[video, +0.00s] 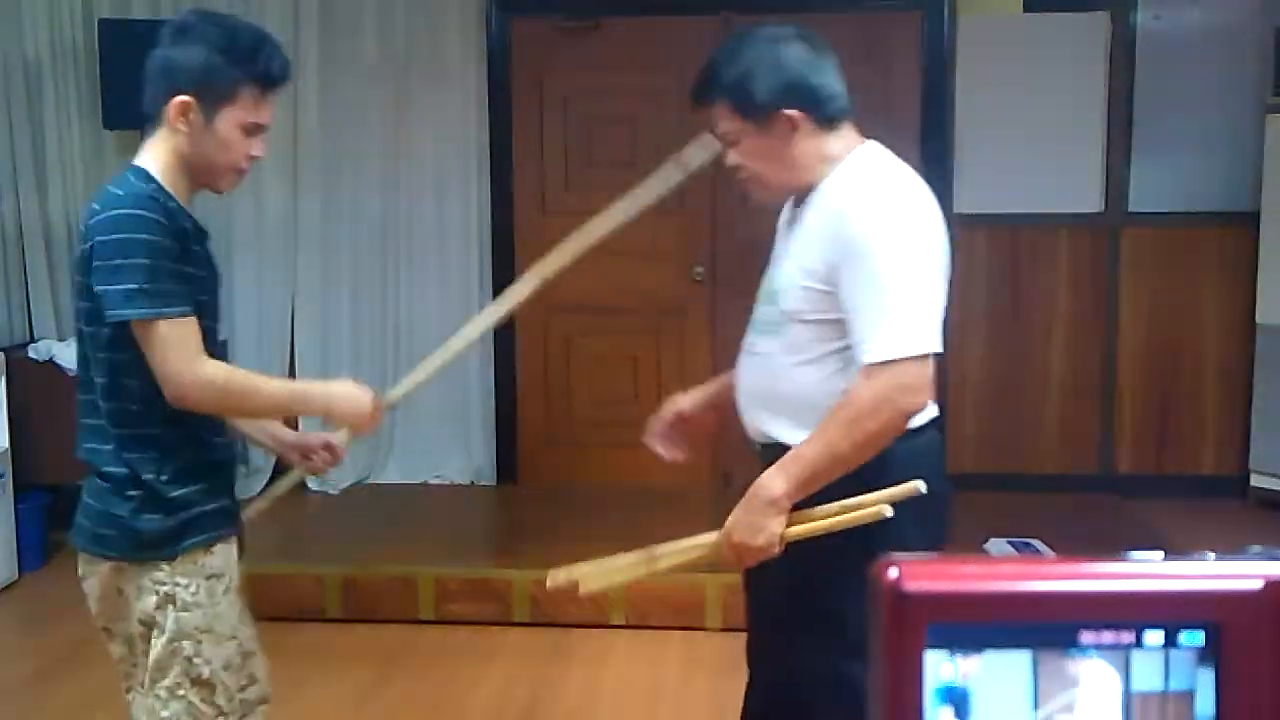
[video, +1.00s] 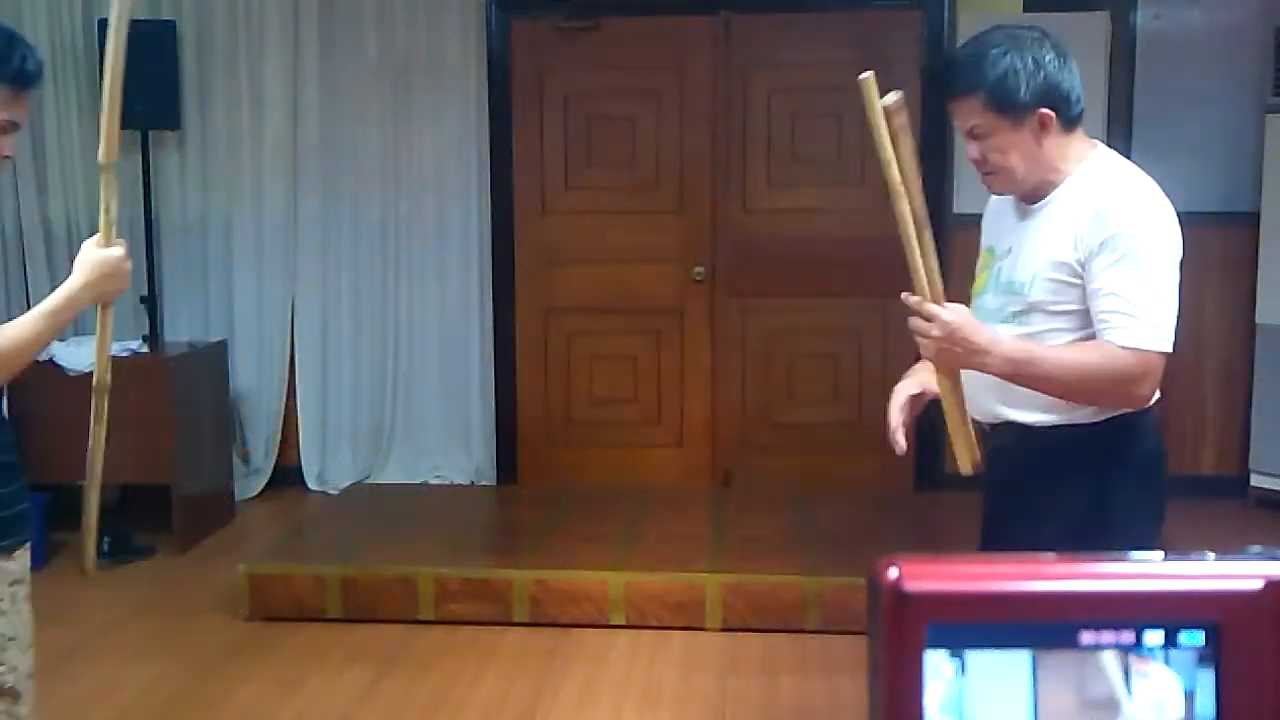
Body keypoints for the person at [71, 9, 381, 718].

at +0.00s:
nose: (259, 150)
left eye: (263, 132)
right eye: (248, 129)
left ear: (185, 120)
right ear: (183, 116)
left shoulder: (169, 221)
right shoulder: (135, 218)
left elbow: (196, 374)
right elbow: (185, 381)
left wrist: (281, 440)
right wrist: (323, 396)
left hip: (181, 528)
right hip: (157, 537)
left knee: (218, 698)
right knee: (206, 702)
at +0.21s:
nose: (204, 144)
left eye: (208, 125)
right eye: (198, 122)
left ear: (136, 110)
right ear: (137, 108)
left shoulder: (69, 209)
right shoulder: (118, 220)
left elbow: (104, 389)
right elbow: (216, 370)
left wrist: (210, 429)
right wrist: (313, 338)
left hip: (88, 525)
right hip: (145, 536)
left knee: (123, 705)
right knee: (181, 708)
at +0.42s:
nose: (141, 148)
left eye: (145, 130)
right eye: (135, 127)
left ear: (68, 115)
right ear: (72, 115)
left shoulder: (9, 212)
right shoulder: (70, 226)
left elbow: (32, 398)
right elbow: (181, 361)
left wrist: (142, 451)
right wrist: (256, 292)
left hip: (18, 537)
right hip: (99, 545)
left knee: (32, 710)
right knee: (152, 705)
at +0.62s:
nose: (81, 153)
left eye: (86, 134)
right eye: (72, 132)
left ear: (15, 126)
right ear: (12, 122)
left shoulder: (12, 222)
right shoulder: (8, 223)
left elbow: (5, 408)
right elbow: (85, 372)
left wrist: (74, 473)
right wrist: (160, 290)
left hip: (30, 533)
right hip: (32, 539)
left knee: (47, 701)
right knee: (75, 704)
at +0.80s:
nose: (44, 150)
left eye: (49, 132)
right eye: (36, 130)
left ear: (12, 120)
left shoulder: (3, 230)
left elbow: (8, 372)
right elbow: (27, 367)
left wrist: (47, 455)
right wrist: (109, 274)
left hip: (22, 536)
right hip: (10, 545)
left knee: (43, 700)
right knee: (42, 706)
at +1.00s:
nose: (12, 149)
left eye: (15, 129)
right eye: (9, 129)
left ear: (21, 121)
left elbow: (11, 360)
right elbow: (9, 362)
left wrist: (78, 289)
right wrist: (80, 288)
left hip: (13, 527)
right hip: (7, 531)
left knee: (17, 700)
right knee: (13, 700)